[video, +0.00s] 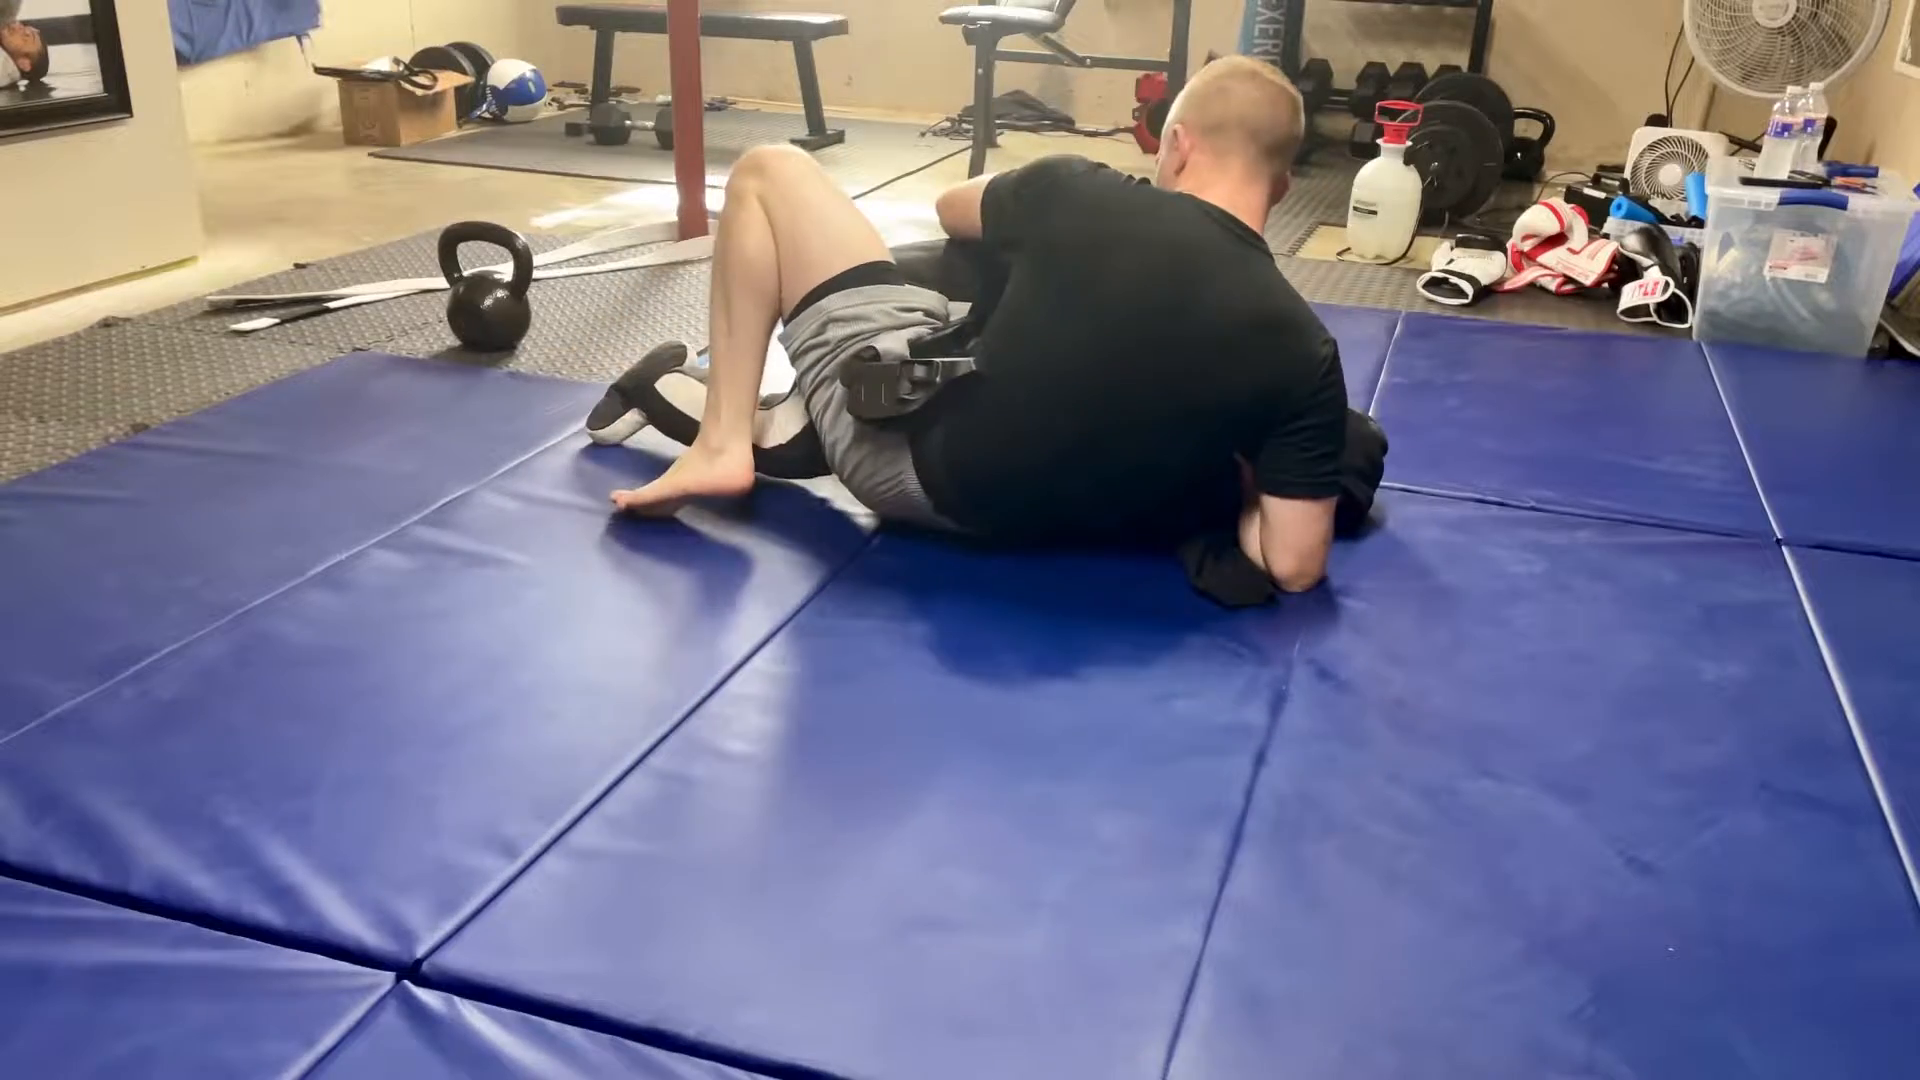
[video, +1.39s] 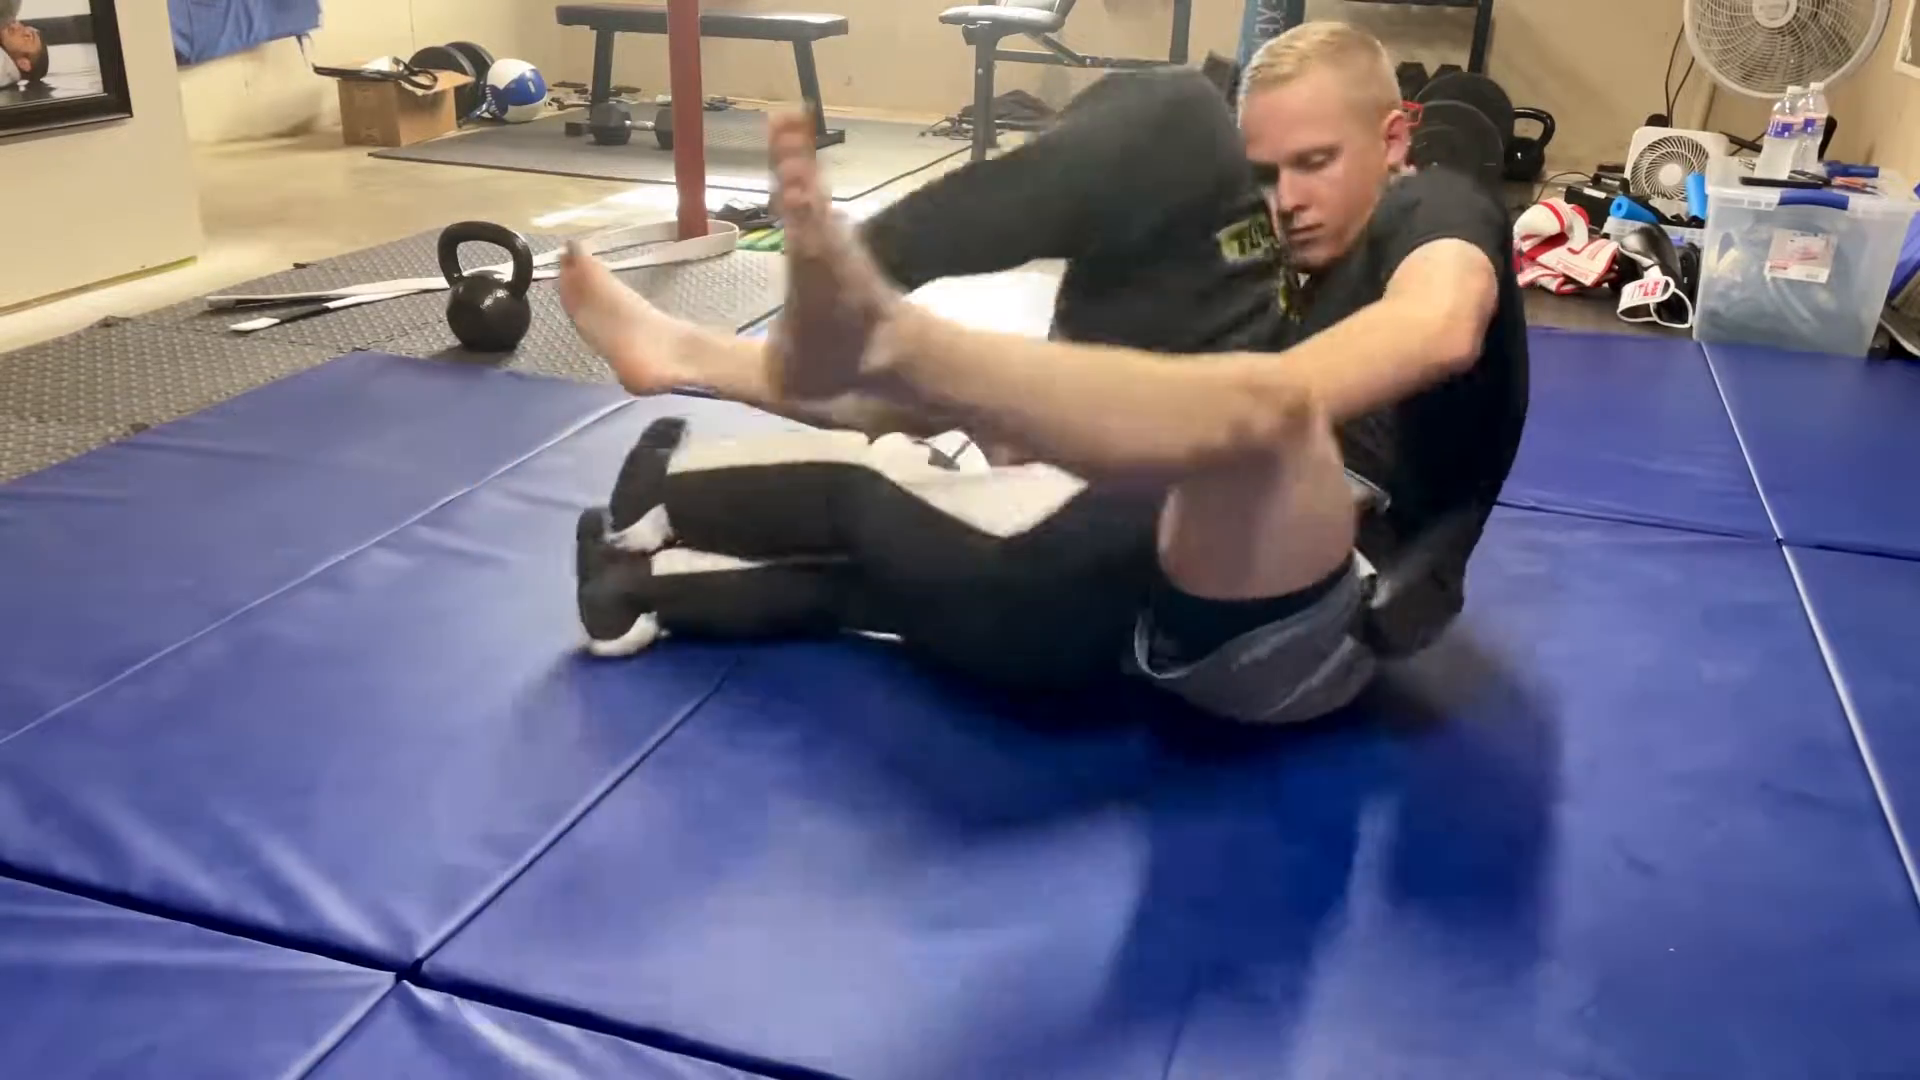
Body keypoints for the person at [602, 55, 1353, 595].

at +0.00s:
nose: (1162, 154)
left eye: (1162, 142)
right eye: (1171, 144)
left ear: (1174, 147)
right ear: (1284, 183)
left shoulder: (1070, 192)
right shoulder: (1301, 352)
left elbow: (954, 210)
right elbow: (1294, 567)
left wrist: (1051, 244)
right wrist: (1242, 471)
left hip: (914, 465)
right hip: (1049, 528)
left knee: (766, 170)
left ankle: (725, 443)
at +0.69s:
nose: (1228, 199)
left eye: (1240, 186)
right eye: (1243, 182)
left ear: (1254, 218)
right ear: (1364, 256)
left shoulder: (1117, 306)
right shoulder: (1374, 396)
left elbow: (1004, 185)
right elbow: (1285, 573)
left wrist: (1077, 113)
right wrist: (1219, 494)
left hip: (952, 479)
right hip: (1107, 532)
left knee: (763, 184)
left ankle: (727, 480)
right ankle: (732, 392)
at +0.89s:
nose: (1296, 195)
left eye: (1314, 173)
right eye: (1311, 171)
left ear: (1367, 196)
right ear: (1417, 218)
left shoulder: (1246, 284)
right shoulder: (1430, 398)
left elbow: (1038, 198)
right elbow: (1289, 574)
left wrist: (1094, 118)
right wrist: (1235, 461)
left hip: (978, 490)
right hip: (1087, 552)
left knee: (760, 226)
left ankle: (718, 499)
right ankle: (752, 415)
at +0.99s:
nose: (1310, 187)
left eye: (1333, 167)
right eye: (1320, 165)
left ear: (1414, 182)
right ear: (1438, 193)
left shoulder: (1363, 244)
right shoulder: (1462, 371)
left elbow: (1107, 246)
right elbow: (1308, 570)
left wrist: (1089, 156)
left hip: (1080, 518)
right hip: (1157, 584)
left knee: (797, 264)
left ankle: (663, 493)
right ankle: (744, 429)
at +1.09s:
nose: (1290, 193)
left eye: (1314, 166)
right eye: (1297, 168)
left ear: (1408, 163)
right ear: (1419, 177)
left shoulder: (1396, 235)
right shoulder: (1461, 304)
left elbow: (1171, 304)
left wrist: (1091, 215)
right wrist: (1170, 258)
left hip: (1202, 580)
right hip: (1248, 592)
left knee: (898, 341)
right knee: (914, 385)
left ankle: (638, 534)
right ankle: (718, 496)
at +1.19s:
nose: (1288, 203)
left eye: (1309, 170)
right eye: (1282, 180)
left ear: (1403, 141)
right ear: (1391, 159)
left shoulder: (1438, 216)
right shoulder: (1419, 269)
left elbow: (1302, 333)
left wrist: (1130, 284)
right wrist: (1150, 291)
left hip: (1269, 583)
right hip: (1243, 569)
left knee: (991, 362)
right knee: (966, 491)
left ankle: (635, 538)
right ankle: (676, 542)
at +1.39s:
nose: (1280, 200)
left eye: (1313, 165)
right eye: (1268, 172)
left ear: (1395, 138)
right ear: (1259, 162)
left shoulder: (1436, 208)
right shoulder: (1306, 285)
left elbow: (1440, 328)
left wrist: (1259, 407)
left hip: (1276, 650)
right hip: (1143, 594)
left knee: (1267, 406)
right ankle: (683, 355)